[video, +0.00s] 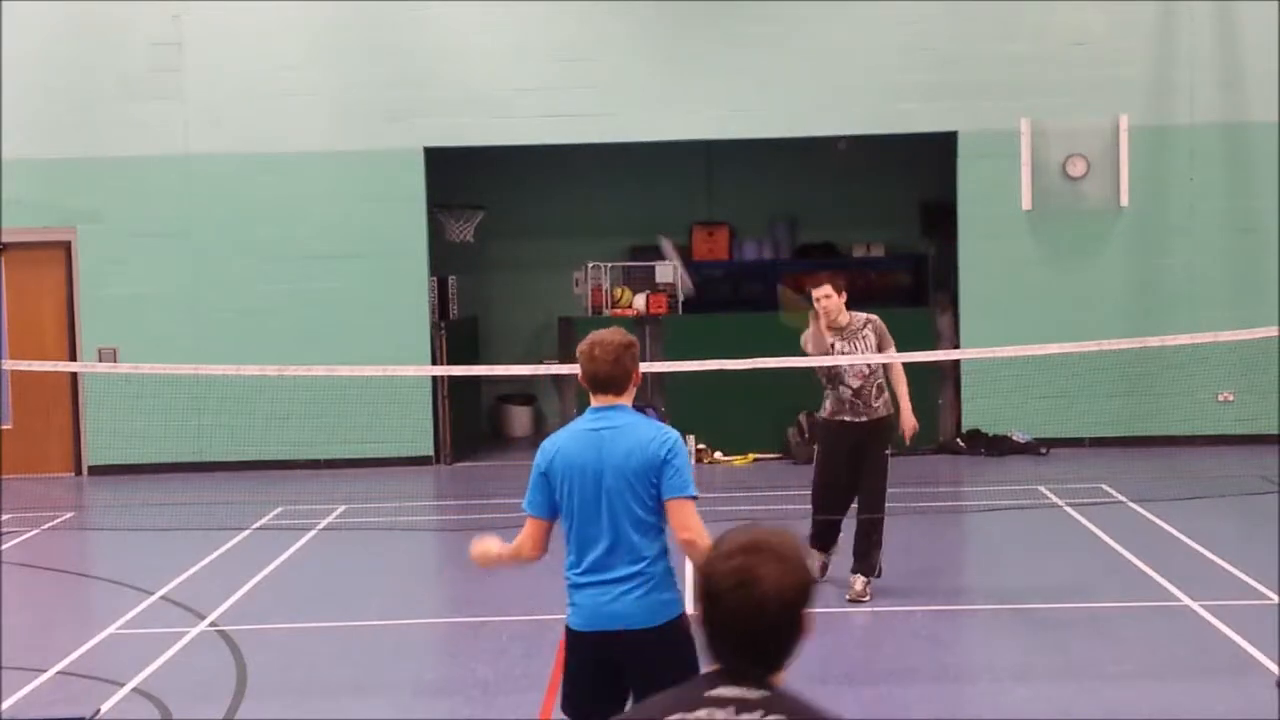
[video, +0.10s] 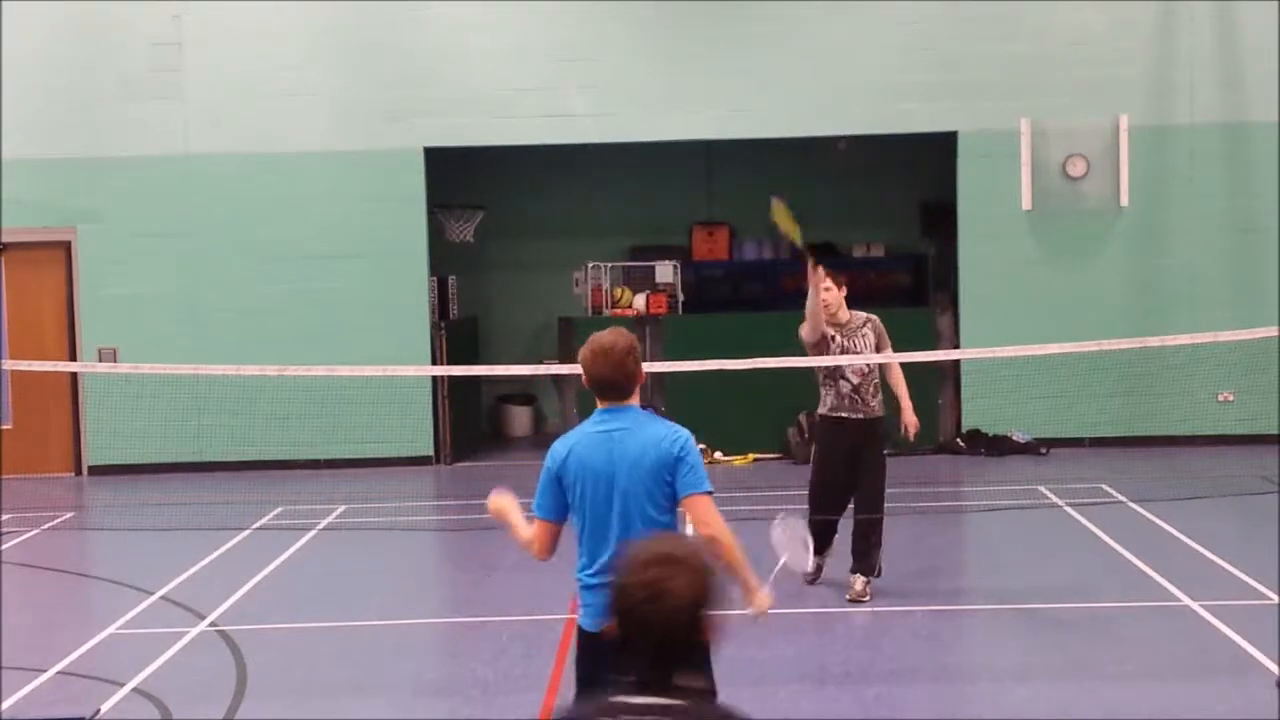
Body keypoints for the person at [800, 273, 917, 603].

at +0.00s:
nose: (821, 305)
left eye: (826, 298)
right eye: (816, 301)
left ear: (842, 297)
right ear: (811, 305)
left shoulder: (872, 325)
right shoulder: (813, 336)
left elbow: (894, 367)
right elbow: (819, 348)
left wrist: (906, 410)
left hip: (875, 424)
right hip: (835, 426)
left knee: (871, 501)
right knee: (826, 496)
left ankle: (862, 574)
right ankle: (821, 548)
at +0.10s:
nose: (823, 298)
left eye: (828, 290)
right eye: (817, 293)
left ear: (842, 290)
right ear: (813, 297)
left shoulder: (871, 324)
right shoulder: (813, 332)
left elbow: (891, 367)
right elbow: (814, 329)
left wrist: (906, 407)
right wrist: (813, 288)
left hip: (870, 425)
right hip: (831, 425)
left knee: (870, 501)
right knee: (824, 500)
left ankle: (862, 573)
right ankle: (818, 551)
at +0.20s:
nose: (822, 294)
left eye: (827, 286)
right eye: (817, 289)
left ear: (843, 287)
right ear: (812, 294)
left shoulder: (869, 326)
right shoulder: (810, 328)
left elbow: (888, 368)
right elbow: (804, 332)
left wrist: (900, 410)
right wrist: (814, 283)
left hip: (861, 424)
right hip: (821, 424)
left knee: (863, 501)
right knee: (822, 497)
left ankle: (860, 573)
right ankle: (809, 551)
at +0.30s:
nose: (817, 294)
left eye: (821, 287)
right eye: (812, 289)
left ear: (838, 288)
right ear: (810, 295)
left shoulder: (866, 327)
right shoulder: (807, 326)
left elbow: (884, 374)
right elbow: (794, 357)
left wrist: (889, 416)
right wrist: (816, 311)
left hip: (855, 425)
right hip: (817, 424)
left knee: (857, 501)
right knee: (809, 498)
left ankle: (859, 573)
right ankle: (802, 551)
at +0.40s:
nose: (812, 294)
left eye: (817, 286)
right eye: (807, 289)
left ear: (834, 288)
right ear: (803, 296)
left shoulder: (860, 330)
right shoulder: (795, 333)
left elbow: (875, 378)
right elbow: (781, 379)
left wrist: (874, 421)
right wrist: (806, 353)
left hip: (845, 428)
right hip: (805, 427)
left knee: (850, 503)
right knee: (798, 496)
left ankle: (857, 572)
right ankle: (798, 547)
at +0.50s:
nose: (803, 297)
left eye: (807, 290)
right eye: (798, 293)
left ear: (825, 292)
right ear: (794, 299)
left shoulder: (849, 331)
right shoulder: (785, 334)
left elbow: (864, 381)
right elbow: (772, 378)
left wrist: (856, 426)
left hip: (834, 426)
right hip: (793, 426)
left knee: (843, 504)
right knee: (781, 494)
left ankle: (856, 573)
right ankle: (786, 549)